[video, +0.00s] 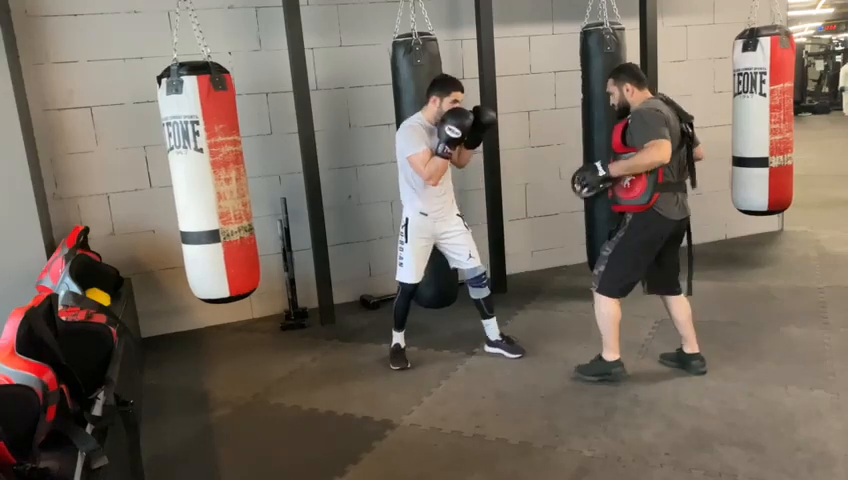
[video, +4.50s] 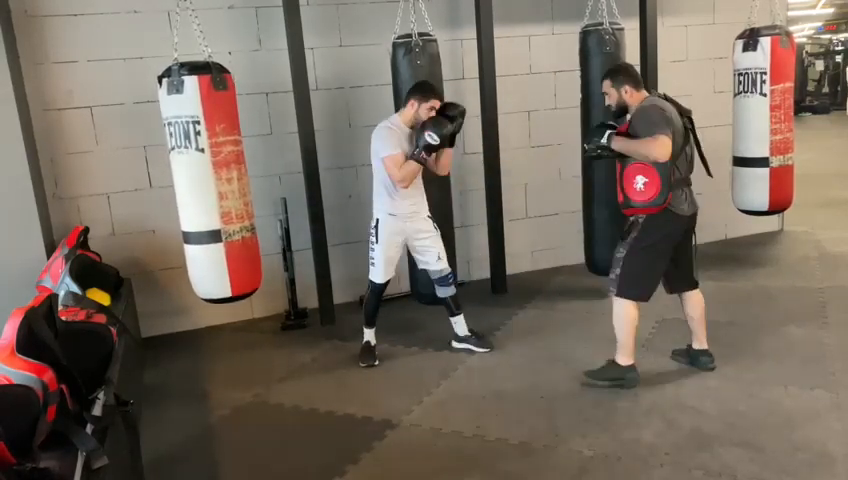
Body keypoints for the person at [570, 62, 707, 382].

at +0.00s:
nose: (613, 101)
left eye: (613, 94)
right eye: (610, 95)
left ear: (629, 88)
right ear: (640, 87)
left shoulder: (645, 113)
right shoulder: (669, 109)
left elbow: (659, 153)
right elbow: (697, 152)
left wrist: (609, 169)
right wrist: (658, 163)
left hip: (649, 217)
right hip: (674, 217)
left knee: (606, 286)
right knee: (668, 285)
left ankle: (610, 359)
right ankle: (691, 353)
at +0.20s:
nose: (594, 106)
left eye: (594, 99)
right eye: (592, 100)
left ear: (610, 93)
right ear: (617, 91)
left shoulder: (631, 117)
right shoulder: (646, 112)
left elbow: (642, 159)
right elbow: (645, 159)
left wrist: (603, 145)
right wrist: (610, 149)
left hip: (637, 222)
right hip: (658, 219)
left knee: (606, 293)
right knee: (663, 288)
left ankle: (583, 367)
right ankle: (690, 353)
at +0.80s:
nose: (541, 114)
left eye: (542, 107)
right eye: (539, 108)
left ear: (557, 102)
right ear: (563, 99)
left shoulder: (587, 118)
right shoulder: (591, 115)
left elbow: (615, 154)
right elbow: (615, 151)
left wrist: (567, 150)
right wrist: (563, 148)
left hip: (602, 220)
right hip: (618, 217)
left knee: (573, 293)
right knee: (628, 287)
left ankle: (574, 369)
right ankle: (654, 349)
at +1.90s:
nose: (585, 108)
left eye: (585, 101)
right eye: (583, 102)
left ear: (601, 94)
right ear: (610, 92)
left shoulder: (617, 115)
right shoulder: (637, 110)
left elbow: (624, 157)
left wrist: (589, 147)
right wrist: (598, 146)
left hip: (625, 220)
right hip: (652, 219)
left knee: (591, 288)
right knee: (655, 284)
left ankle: (573, 357)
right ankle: (675, 352)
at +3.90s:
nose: (546, 112)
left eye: (544, 106)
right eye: (544, 107)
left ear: (554, 101)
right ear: (573, 94)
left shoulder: (567, 123)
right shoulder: (609, 110)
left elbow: (567, 169)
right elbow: (641, 144)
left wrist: (543, 154)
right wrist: (608, 157)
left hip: (594, 222)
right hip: (628, 218)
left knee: (567, 288)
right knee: (641, 278)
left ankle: (573, 360)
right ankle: (673, 335)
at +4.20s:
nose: (577, 115)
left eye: (576, 108)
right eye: (574, 109)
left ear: (592, 104)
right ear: (601, 101)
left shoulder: (609, 127)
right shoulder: (634, 117)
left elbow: (613, 172)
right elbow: (637, 163)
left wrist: (577, 162)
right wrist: (591, 151)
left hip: (629, 226)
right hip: (656, 222)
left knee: (589, 288)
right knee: (668, 284)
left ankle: (574, 359)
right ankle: (698, 349)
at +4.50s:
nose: (607, 101)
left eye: (609, 93)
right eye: (606, 94)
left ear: (625, 89)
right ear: (634, 89)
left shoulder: (647, 111)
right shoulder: (662, 107)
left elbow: (660, 151)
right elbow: (660, 153)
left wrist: (612, 140)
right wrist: (615, 140)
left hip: (660, 214)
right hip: (682, 212)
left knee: (624, 286)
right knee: (685, 282)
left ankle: (624, 364)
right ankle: (700, 350)